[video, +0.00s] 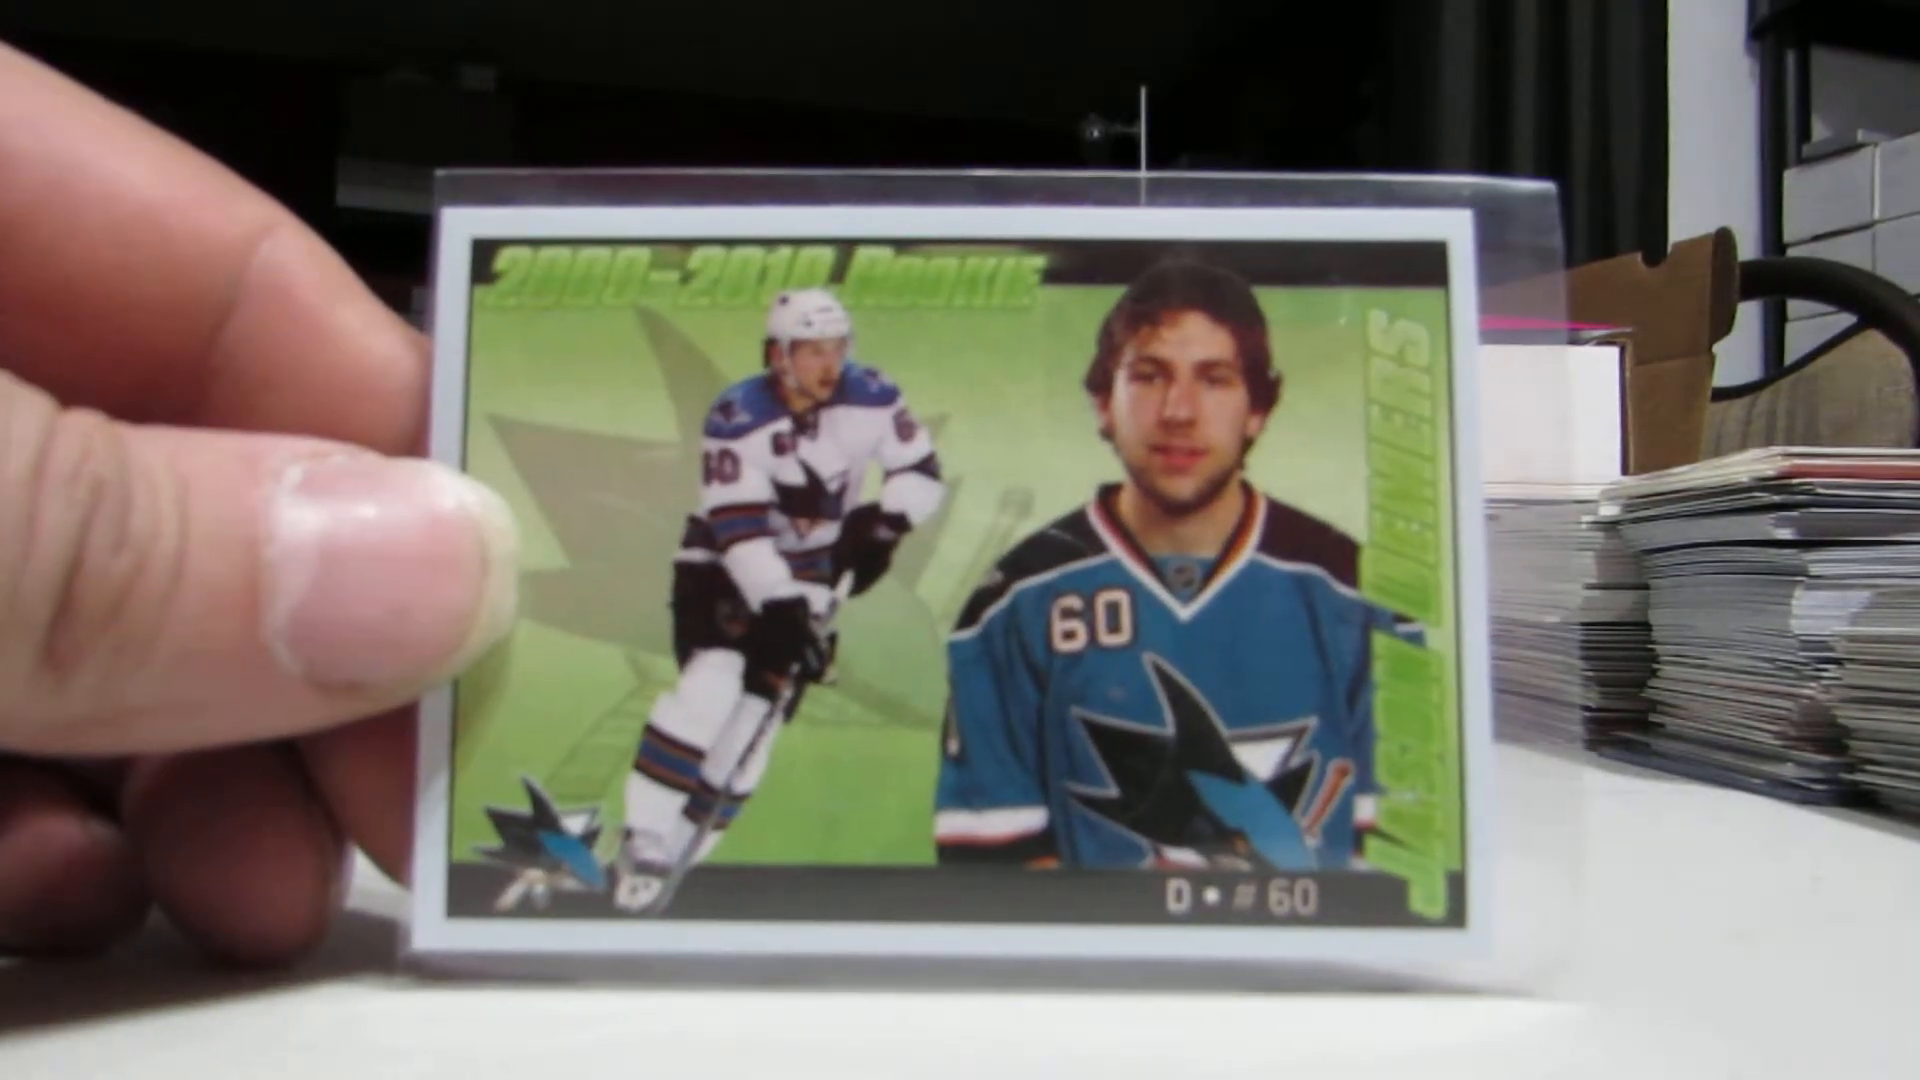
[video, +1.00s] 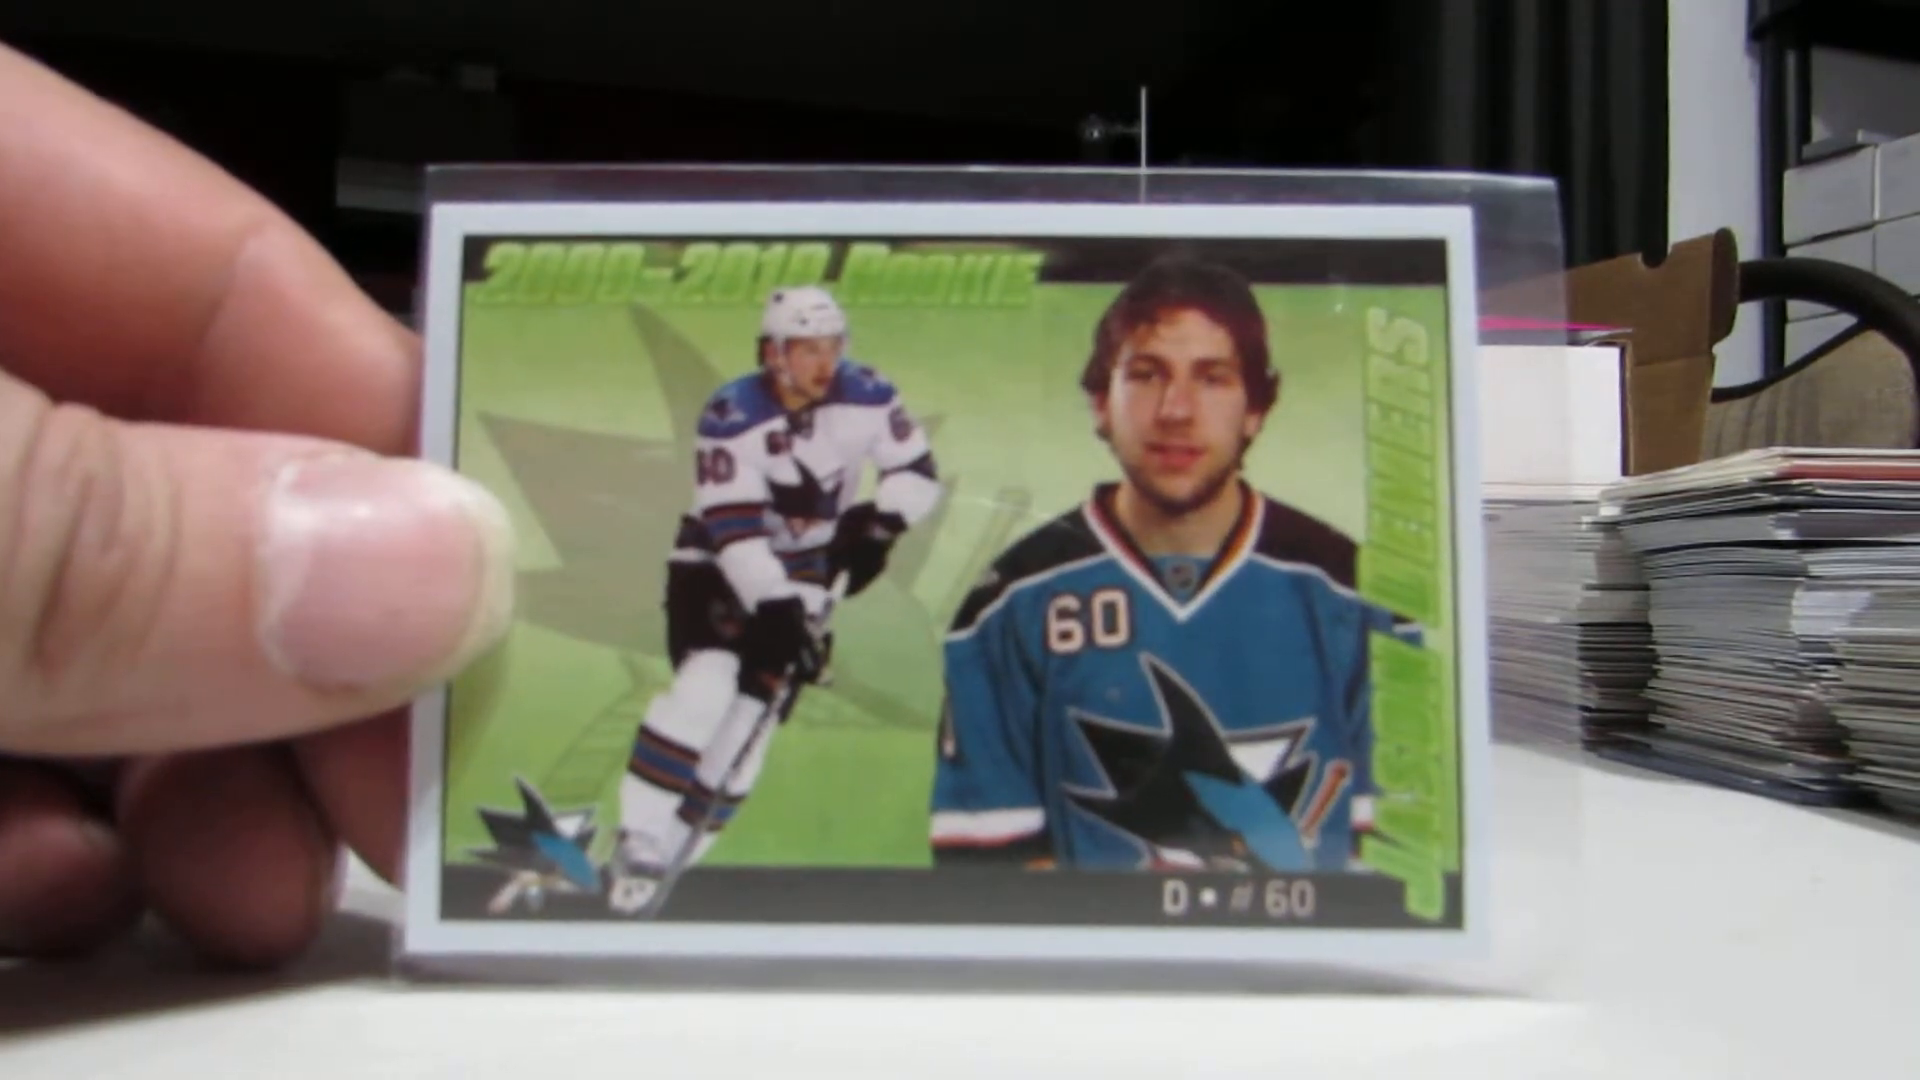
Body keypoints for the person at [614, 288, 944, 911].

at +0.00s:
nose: (831, 365)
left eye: (838, 351)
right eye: (815, 352)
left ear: (848, 350)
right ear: (780, 357)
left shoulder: (871, 399)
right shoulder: (739, 416)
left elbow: (920, 472)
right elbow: (738, 523)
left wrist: (882, 526)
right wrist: (780, 603)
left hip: (811, 573)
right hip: (727, 563)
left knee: (759, 715)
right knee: (714, 679)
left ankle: (683, 852)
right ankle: (646, 841)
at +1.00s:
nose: (825, 364)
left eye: (832, 350)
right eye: (809, 350)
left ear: (842, 350)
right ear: (773, 356)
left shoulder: (868, 398)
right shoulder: (733, 415)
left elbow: (917, 475)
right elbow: (732, 523)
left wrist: (877, 527)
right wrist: (774, 602)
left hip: (807, 572)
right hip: (721, 562)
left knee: (754, 715)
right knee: (709, 679)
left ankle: (677, 854)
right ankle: (641, 843)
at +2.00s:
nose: (822, 365)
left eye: (830, 351)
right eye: (805, 352)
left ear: (842, 350)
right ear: (772, 356)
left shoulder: (867, 399)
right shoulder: (732, 416)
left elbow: (916, 474)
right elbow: (732, 524)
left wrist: (877, 527)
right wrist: (775, 605)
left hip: (806, 573)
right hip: (721, 563)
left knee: (755, 715)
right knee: (709, 681)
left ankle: (680, 853)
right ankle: (642, 842)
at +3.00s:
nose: (828, 368)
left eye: (836, 354)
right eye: (813, 355)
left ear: (846, 354)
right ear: (777, 359)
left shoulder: (870, 403)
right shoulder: (736, 419)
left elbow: (918, 477)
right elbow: (735, 526)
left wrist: (880, 530)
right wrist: (777, 606)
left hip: (808, 578)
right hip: (723, 566)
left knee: (755, 718)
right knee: (711, 682)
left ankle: (676, 860)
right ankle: (641, 848)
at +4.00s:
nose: (824, 366)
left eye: (832, 352)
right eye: (808, 353)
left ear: (842, 352)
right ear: (773, 358)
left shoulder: (868, 401)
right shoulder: (732, 419)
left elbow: (917, 475)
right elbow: (732, 527)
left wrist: (878, 531)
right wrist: (776, 609)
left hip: (807, 578)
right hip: (720, 567)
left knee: (754, 722)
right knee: (708, 687)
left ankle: (680, 860)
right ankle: (640, 849)